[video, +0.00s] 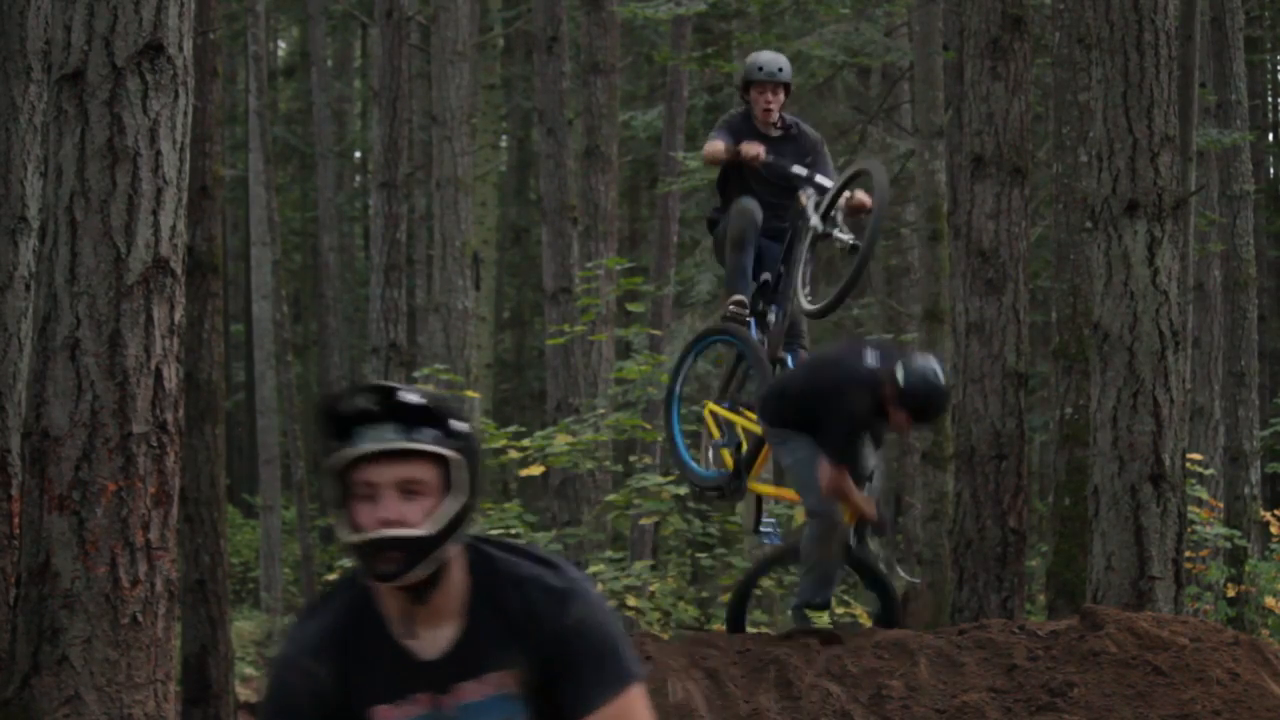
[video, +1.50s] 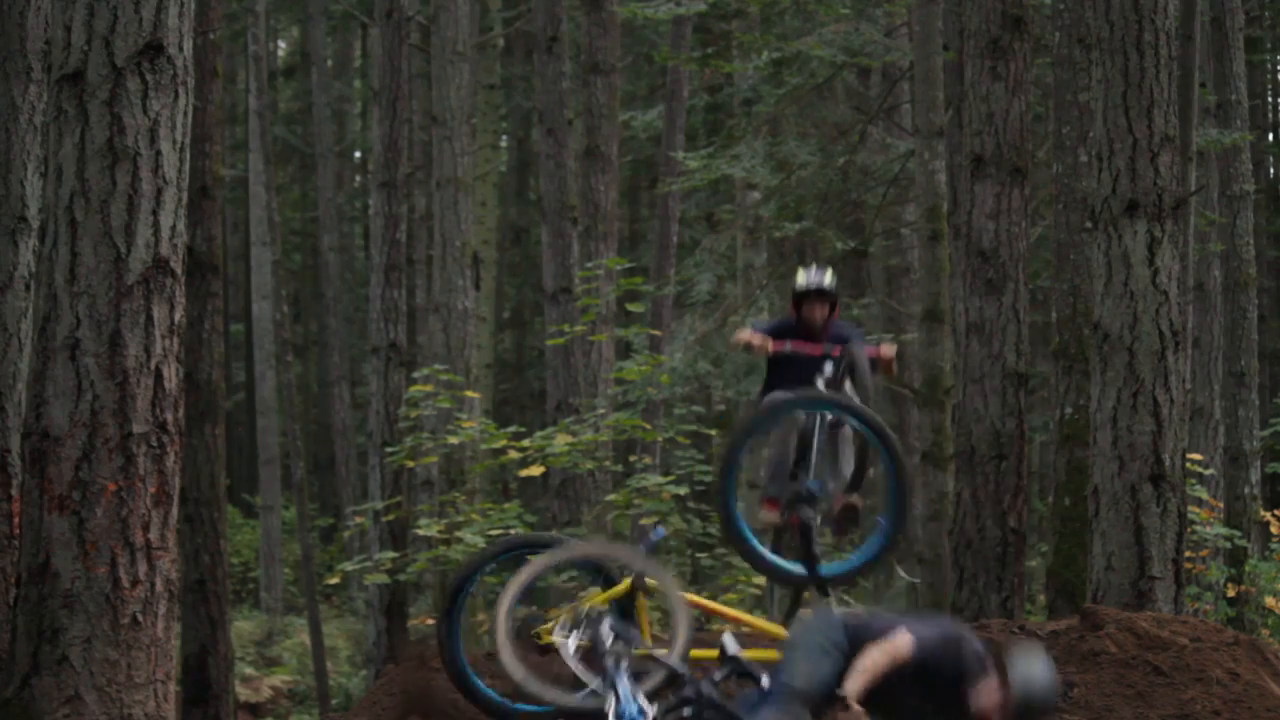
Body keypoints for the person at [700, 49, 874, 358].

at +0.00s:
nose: (769, 99)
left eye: (776, 92)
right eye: (761, 91)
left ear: (786, 95)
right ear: (747, 94)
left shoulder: (807, 140)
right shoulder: (734, 124)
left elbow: (829, 191)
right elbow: (710, 152)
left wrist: (851, 200)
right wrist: (737, 153)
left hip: (783, 244)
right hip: (736, 236)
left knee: (792, 330)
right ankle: (738, 298)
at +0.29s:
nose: (783, 97)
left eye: (790, 89)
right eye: (775, 89)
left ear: (800, 91)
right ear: (759, 89)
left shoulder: (820, 133)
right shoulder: (744, 117)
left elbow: (846, 184)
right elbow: (725, 140)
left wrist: (865, 187)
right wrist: (746, 143)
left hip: (796, 234)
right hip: (746, 225)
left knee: (800, 316)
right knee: (755, 216)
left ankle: (798, 408)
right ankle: (736, 317)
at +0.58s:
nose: (806, 123)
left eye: (814, 114)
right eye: (798, 114)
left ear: (824, 116)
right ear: (780, 113)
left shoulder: (839, 162)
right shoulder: (764, 143)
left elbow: (865, 215)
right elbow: (750, 175)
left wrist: (881, 252)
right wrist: (782, 183)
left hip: (805, 267)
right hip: (756, 256)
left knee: (796, 350)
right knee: (760, 292)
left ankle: (784, 441)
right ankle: (720, 385)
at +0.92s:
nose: (873, 227)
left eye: (879, 218)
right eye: (864, 216)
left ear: (884, 218)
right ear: (838, 211)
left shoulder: (882, 263)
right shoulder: (804, 243)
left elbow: (899, 331)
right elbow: (783, 286)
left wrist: (917, 386)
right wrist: (795, 320)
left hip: (817, 362)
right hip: (774, 342)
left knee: (794, 470)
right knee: (774, 410)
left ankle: (753, 576)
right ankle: (729, 501)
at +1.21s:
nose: (957, 432)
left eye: (967, 425)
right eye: (953, 416)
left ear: (969, 430)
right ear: (929, 403)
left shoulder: (937, 483)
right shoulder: (884, 421)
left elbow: (934, 564)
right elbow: (834, 474)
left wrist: (930, 645)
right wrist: (829, 550)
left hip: (829, 532)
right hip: (792, 488)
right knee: (779, 573)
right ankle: (727, 671)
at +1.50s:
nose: (995, 714)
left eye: (1007, 713)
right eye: (1003, 704)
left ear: (1015, 708)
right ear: (1001, 677)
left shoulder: (963, 709)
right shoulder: (958, 645)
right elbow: (891, 647)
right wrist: (850, 695)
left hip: (863, 693)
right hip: (833, 639)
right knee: (795, 702)